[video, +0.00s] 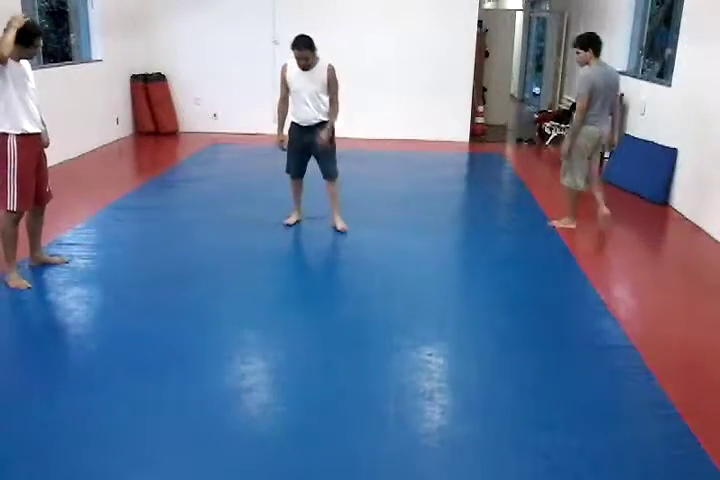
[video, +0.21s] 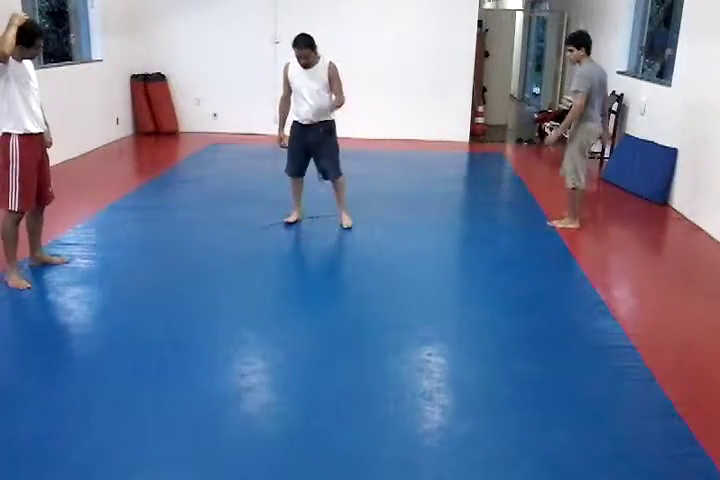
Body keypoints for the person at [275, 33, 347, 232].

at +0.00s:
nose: (302, 62)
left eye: (306, 58)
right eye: (298, 58)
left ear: (314, 53)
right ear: (293, 54)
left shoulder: (327, 70)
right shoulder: (287, 70)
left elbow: (334, 101)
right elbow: (284, 100)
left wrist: (329, 127)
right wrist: (280, 130)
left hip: (321, 127)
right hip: (297, 127)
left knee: (331, 175)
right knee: (295, 174)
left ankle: (336, 216)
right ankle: (296, 211)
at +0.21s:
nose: (302, 61)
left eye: (306, 57)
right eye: (299, 57)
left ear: (315, 51)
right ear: (294, 53)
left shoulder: (328, 68)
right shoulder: (290, 69)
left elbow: (340, 97)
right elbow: (285, 98)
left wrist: (335, 102)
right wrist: (280, 130)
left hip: (324, 127)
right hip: (299, 127)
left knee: (334, 174)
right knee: (295, 173)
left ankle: (343, 212)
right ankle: (296, 211)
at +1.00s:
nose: (317, 60)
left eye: (321, 57)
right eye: (316, 56)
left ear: (333, 54)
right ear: (314, 52)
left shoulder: (344, 64)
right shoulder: (307, 68)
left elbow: (364, 63)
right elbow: (299, 100)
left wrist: (346, 40)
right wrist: (294, 130)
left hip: (336, 127)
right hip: (311, 126)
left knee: (343, 176)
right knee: (303, 174)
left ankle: (343, 214)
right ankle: (298, 211)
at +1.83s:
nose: (308, 57)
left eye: (312, 53)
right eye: (307, 53)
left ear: (324, 52)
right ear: (307, 51)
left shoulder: (338, 65)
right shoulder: (301, 68)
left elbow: (357, 58)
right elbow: (294, 99)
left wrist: (336, 38)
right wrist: (287, 129)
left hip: (330, 127)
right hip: (305, 126)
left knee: (338, 177)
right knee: (300, 175)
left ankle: (343, 215)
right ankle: (298, 212)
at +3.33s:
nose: (323, 59)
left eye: (326, 55)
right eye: (318, 55)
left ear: (332, 51)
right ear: (311, 51)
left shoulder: (342, 69)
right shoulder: (301, 69)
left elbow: (357, 90)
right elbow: (281, 91)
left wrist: (372, 99)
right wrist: (259, 99)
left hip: (331, 129)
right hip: (306, 128)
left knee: (338, 176)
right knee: (300, 174)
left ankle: (343, 214)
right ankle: (297, 212)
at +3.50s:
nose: (322, 60)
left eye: (326, 56)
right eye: (318, 56)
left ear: (332, 52)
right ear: (311, 52)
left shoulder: (341, 70)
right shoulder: (301, 69)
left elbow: (349, 97)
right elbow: (291, 96)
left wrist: (355, 120)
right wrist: (279, 120)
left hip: (331, 129)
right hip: (306, 128)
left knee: (339, 176)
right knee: (300, 175)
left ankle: (343, 214)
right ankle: (297, 212)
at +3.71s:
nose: (323, 60)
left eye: (327, 56)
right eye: (319, 56)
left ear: (333, 52)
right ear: (312, 51)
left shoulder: (341, 70)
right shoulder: (301, 68)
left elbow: (347, 99)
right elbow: (294, 100)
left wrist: (349, 125)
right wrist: (287, 128)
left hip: (331, 128)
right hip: (306, 128)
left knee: (339, 177)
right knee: (300, 175)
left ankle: (343, 214)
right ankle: (297, 212)